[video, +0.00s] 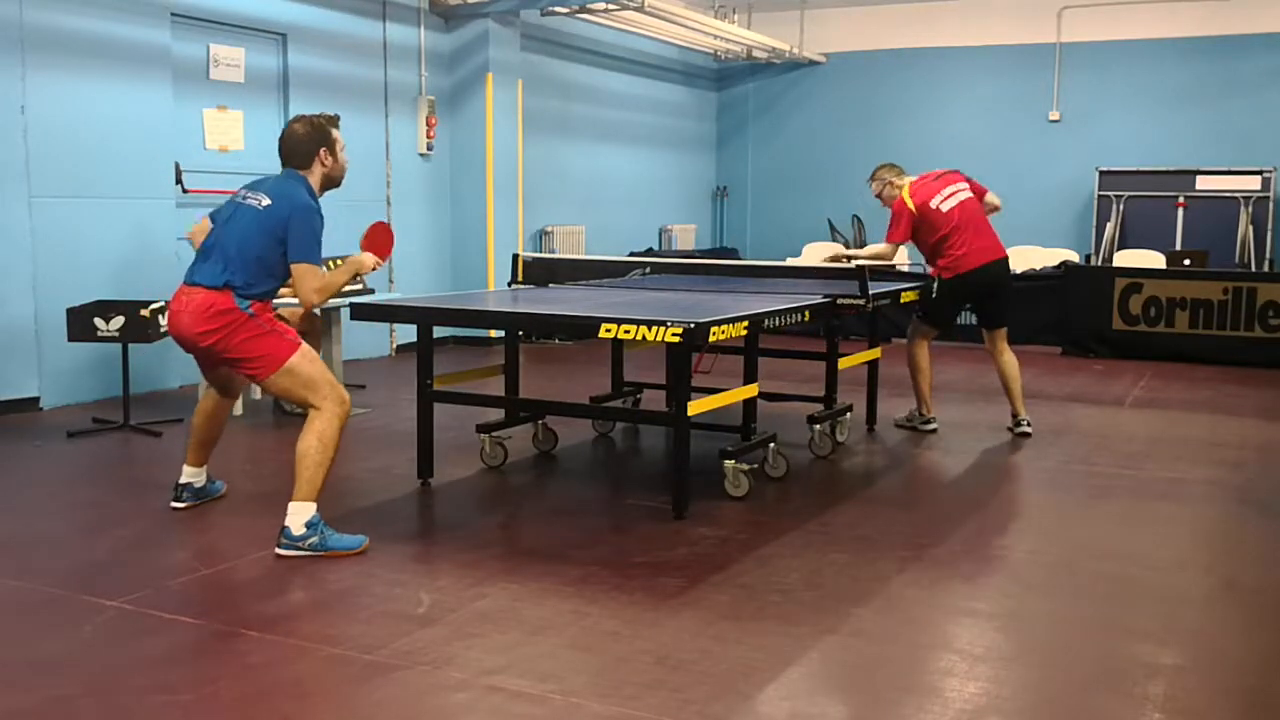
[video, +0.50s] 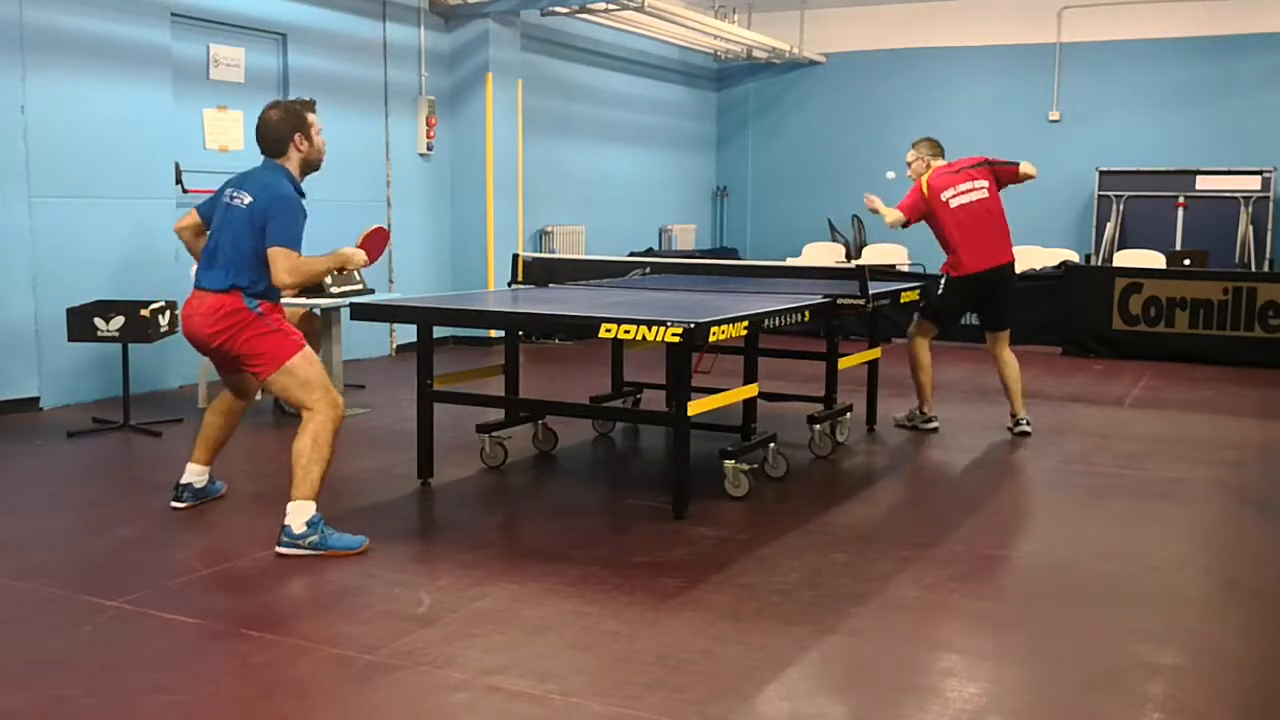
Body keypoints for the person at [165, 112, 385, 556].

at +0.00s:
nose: (344, 159)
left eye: (342, 150)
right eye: (341, 151)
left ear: (293, 156)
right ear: (324, 157)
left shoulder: (256, 188)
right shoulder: (303, 205)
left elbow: (200, 235)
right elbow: (312, 293)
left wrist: (254, 271)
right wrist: (355, 265)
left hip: (184, 309)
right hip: (227, 314)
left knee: (225, 384)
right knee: (332, 402)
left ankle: (190, 482)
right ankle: (300, 525)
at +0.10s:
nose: (340, 151)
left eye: (337, 142)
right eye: (336, 143)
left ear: (291, 152)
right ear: (321, 151)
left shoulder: (252, 185)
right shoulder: (302, 200)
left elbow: (194, 226)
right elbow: (311, 287)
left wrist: (235, 272)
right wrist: (351, 264)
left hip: (187, 309)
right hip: (230, 313)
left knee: (227, 385)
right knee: (332, 402)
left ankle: (191, 481)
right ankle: (301, 525)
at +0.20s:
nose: (337, 143)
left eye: (333, 134)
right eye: (332, 135)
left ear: (289, 146)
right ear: (315, 145)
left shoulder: (249, 180)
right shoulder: (299, 196)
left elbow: (189, 220)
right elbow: (306, 280)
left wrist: (222, 268)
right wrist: (353, 259)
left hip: (191, 306)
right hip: (232, 310)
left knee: (230, 383)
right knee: (332, 401)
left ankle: (192, 481)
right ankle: (301, 525)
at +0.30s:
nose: (333, 140)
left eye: (329, 131)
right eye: (328, 133)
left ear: (287, 143)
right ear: (310, 142)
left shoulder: (245, 179)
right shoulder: (296, 193)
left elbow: (187, 221)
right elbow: (300, 277)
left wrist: (213, 272)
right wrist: (350, 260)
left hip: (194, 307)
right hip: (235, 310)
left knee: (234, 385)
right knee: (331, 401)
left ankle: (192, 480)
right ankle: (301, 526)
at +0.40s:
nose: (329, 144)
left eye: (325, 135)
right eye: (323, 136)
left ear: (283, 146)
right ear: (305, 145)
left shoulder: (242, 183)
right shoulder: (291, 195)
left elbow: (187, 227)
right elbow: (296, 279)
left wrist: (216, 274)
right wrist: (348, 262)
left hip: (197, 312)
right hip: (239, 315)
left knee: (239, 386)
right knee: (332, 404)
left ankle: (193, 481)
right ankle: (301, 526)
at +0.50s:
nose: (323, 141)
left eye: (320, 132)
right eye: (318, 134)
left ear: (281, 144)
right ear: (299, 143)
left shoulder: (239, 182)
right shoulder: (284, 195)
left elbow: (188, 227)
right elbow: (286, 273)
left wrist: (220, 270)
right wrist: (339, 259)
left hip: (200, 311)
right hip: (240, 314)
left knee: (241, 387)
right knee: (325, 404)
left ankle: (192, 480)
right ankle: (301, 524)